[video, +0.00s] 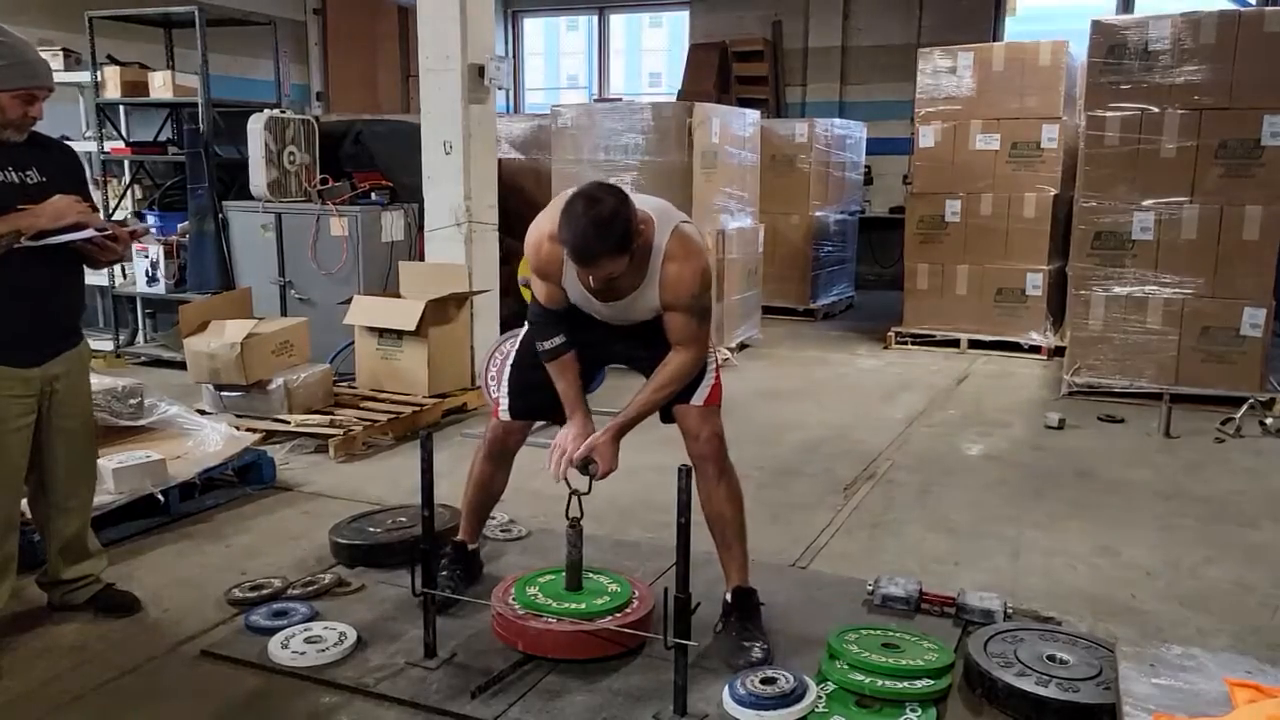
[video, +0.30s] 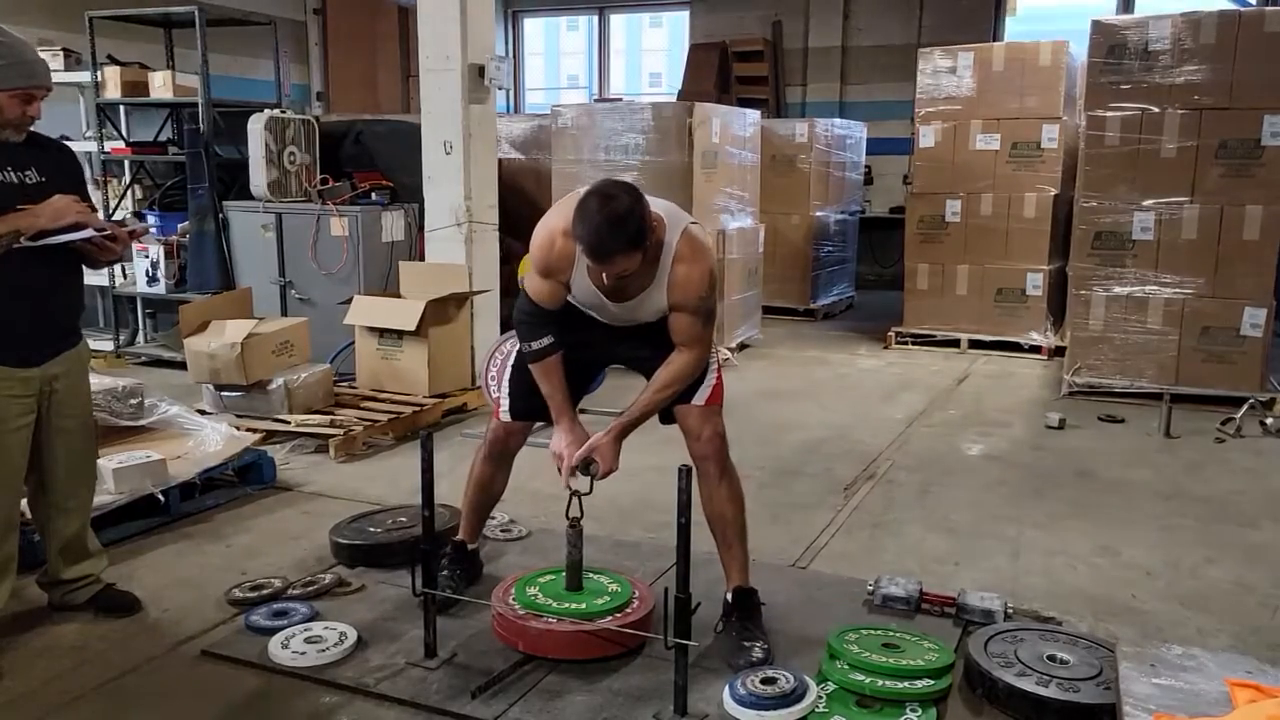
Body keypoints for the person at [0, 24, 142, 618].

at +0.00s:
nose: (36, 109)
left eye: (41, 98)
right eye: (25, 98)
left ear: (44, 95)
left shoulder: (60, 158)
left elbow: (87, 241)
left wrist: (108, 251)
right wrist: (37, 218)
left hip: (64, 348)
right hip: (6, 357)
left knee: (70, 474)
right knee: (7, 490)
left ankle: (74, 581)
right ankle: (5, 598)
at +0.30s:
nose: (34, 109)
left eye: (40, 97)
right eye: (24, 97)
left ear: (42, 94)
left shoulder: (58, 157)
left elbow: (84, 243)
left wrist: (107, 251)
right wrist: (34, 218)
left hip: (63, 347)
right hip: (4, 356)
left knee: (70, 473)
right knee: (6, 489)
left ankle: (75, 580)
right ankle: (2, 598)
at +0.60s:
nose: (33, 109)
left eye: (39, 97)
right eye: (22, 97)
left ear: (43, 92)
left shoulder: (57, 157)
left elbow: (84, 244)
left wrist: (107, 249)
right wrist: (32, 218)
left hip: (62, 346)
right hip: (4, 356)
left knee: (70, 473)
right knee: (5, 491)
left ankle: (75, 579)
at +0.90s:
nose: (33, 109)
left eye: (39, 97)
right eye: (22, 97)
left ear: (43, 92)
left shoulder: (55, 157)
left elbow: (85, 243)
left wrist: (106, 249)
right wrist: (32, 216)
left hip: (62, 346)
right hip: (4, 355)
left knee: (70, 473)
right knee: (5, 491)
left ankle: (75, 580)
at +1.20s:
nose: (33, 108)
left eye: (40, 96)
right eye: (23, 96)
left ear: (44, 92)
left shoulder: (56, 157)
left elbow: (83, 245)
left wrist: (106, 249)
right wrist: (35, 216)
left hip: (63, 346)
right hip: (4, 354)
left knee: (70, 473)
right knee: (5, 489)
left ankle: (75, 581)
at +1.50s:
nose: (35, 107)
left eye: (41, 95)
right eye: (25, 95)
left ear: (45, 92)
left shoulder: (57, 156)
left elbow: (83, 246)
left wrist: (107, 249)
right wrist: (37, 216)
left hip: (64, 346)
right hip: (5, 354)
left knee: (70, 473)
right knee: (7, 488)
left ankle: (75, 580)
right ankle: (1, 599)